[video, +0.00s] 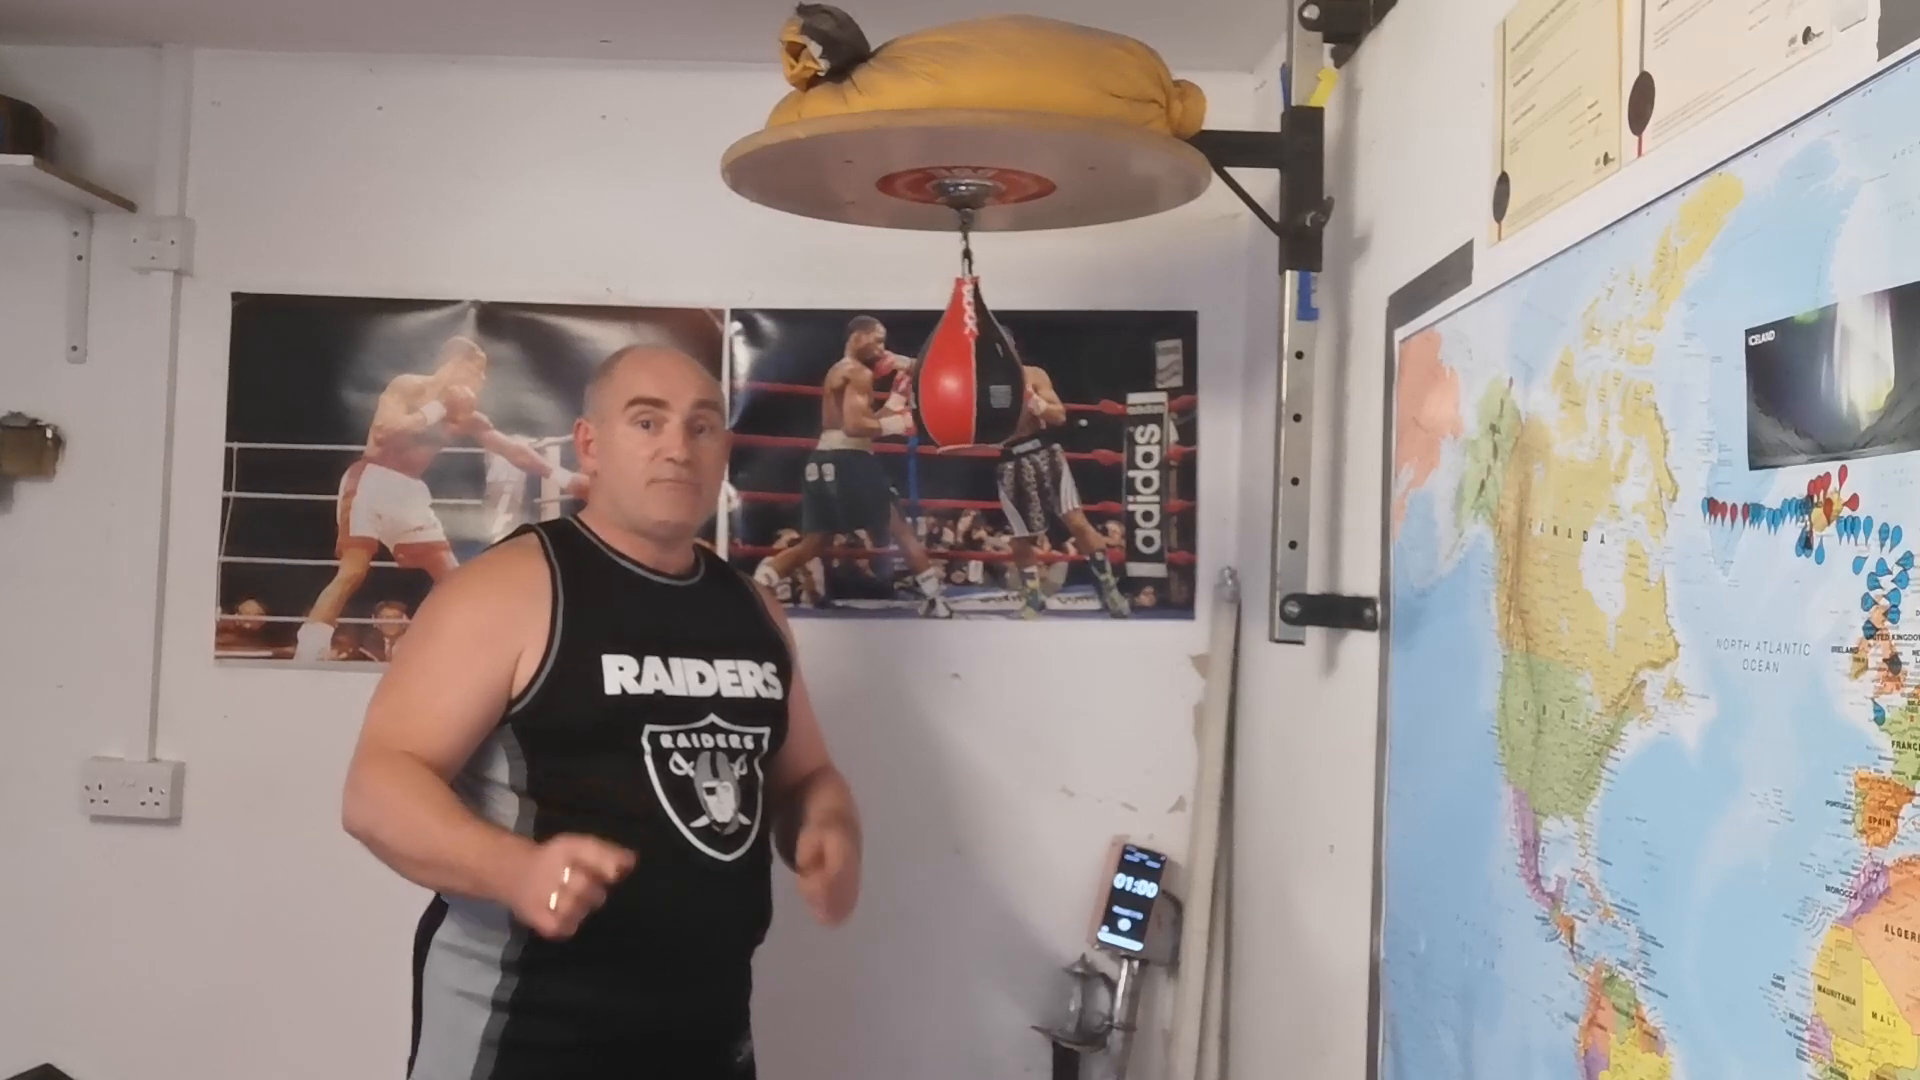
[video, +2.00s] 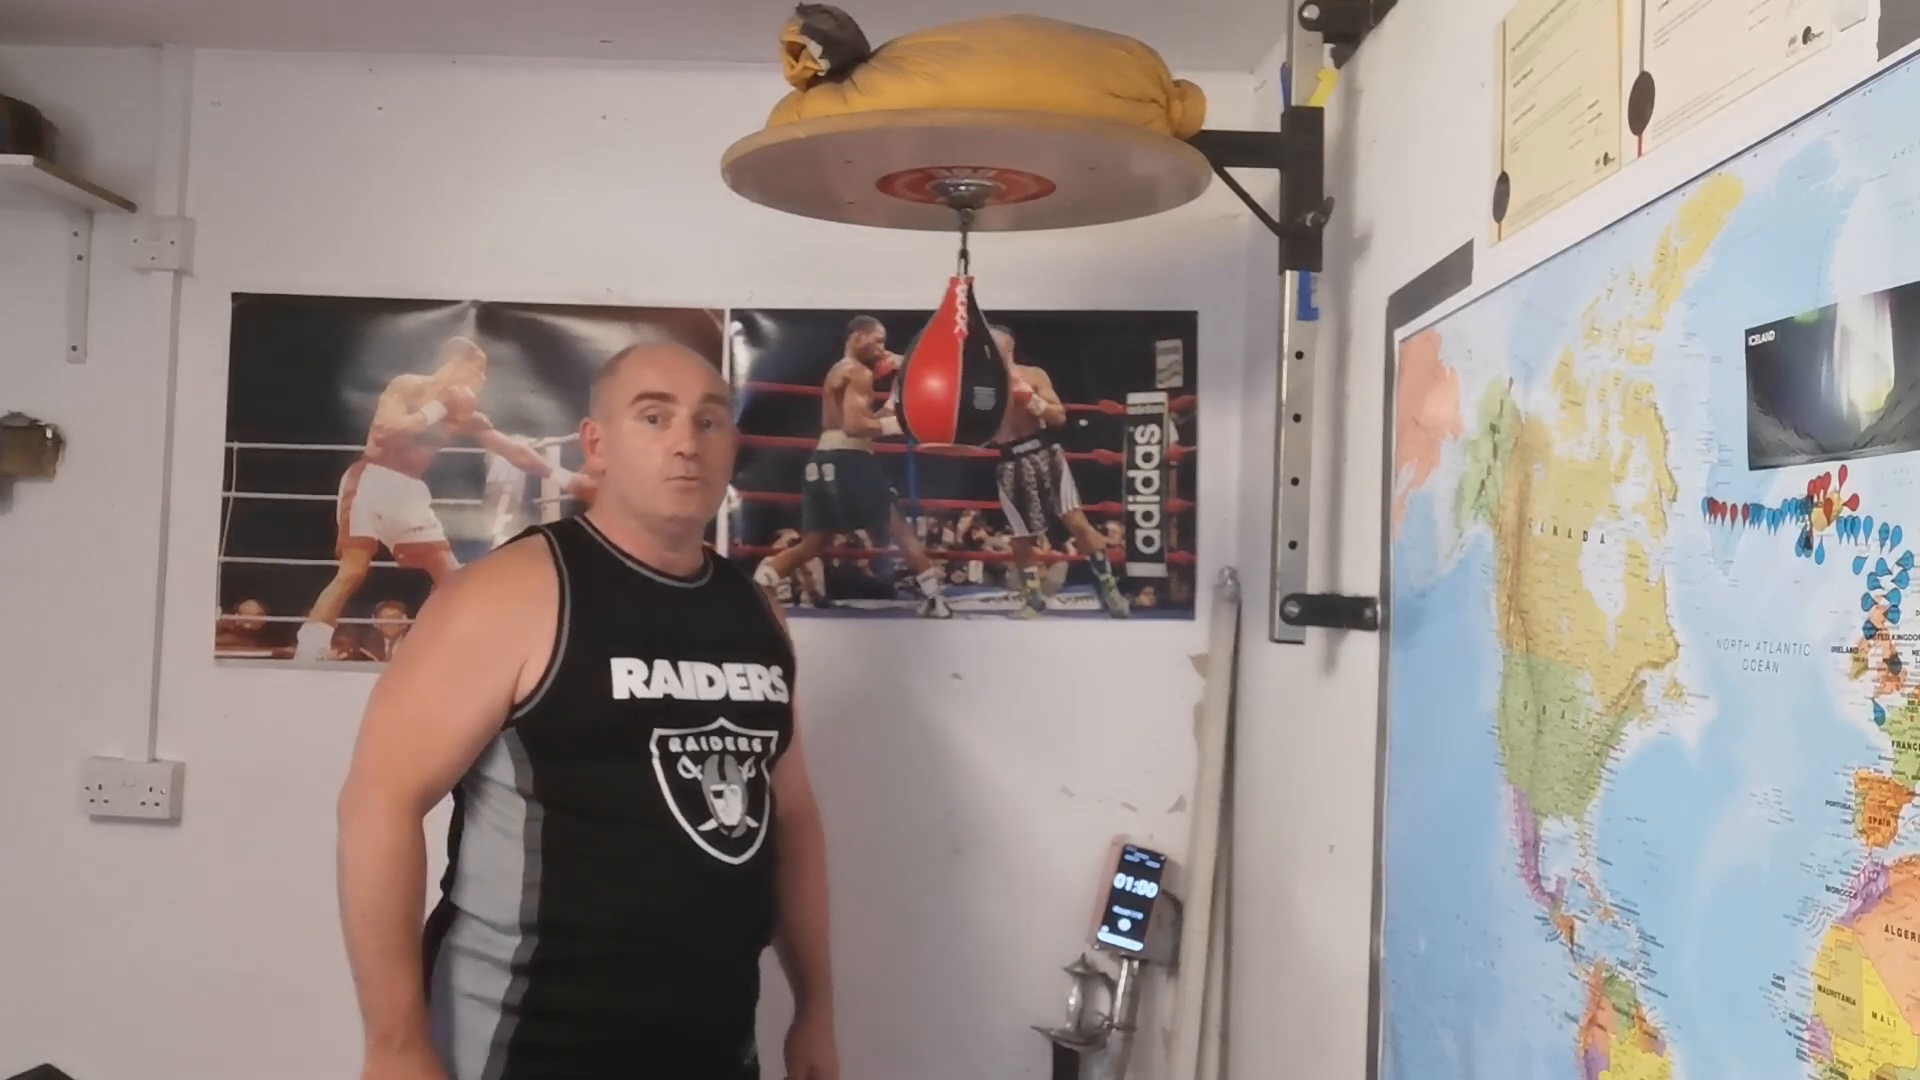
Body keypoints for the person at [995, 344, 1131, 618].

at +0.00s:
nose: (1002, 358)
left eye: (1005, 350)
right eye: (995, 353)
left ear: (1014, 349)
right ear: (987, 359)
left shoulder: (1033, 375)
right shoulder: (983, 387)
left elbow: (1059, 416)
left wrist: (1040, 407)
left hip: (1046, 456)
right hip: (1011, 465)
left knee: (1077, 524)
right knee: (1021, 537)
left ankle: (1109, 590)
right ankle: (1032, 599)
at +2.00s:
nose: (996, 355)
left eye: (999, 348)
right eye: (991, 349)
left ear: (1010, 347)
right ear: (985, 352)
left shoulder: (1034, 375)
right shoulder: (983, 383)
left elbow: (1059, 416)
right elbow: (978, 429)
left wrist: (1037, 404)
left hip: (1046, 456)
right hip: (1011, 464)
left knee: (1075, 522)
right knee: (1022, 537)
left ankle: (1108, 587)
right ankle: (1032, 597)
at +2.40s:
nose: (997, 355)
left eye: (1000, 348)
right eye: (992, 349)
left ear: (1011, 347)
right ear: (985, 352)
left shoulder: (1034, 375)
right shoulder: (983, 383)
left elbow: (1059, 416)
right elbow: (981, 430)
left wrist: (1035, 402)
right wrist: (1001, 398)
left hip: (1046, 456)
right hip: (1012, 464)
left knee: (1075, 522)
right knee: (1022, 537)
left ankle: (1108, 586)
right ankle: (1032, 597)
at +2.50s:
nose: (1001, 355)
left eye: (1004, 347)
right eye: (995, 349)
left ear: (1013, 348)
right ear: (986, 355)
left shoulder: (1034, 375)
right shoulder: (984, 385)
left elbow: (1059, 416)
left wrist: (1040, 407)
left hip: (1046, 456)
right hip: (1011, 465)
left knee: (1075, 522)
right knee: (1022, 537)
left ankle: (1107, 586)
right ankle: (1033, 597)